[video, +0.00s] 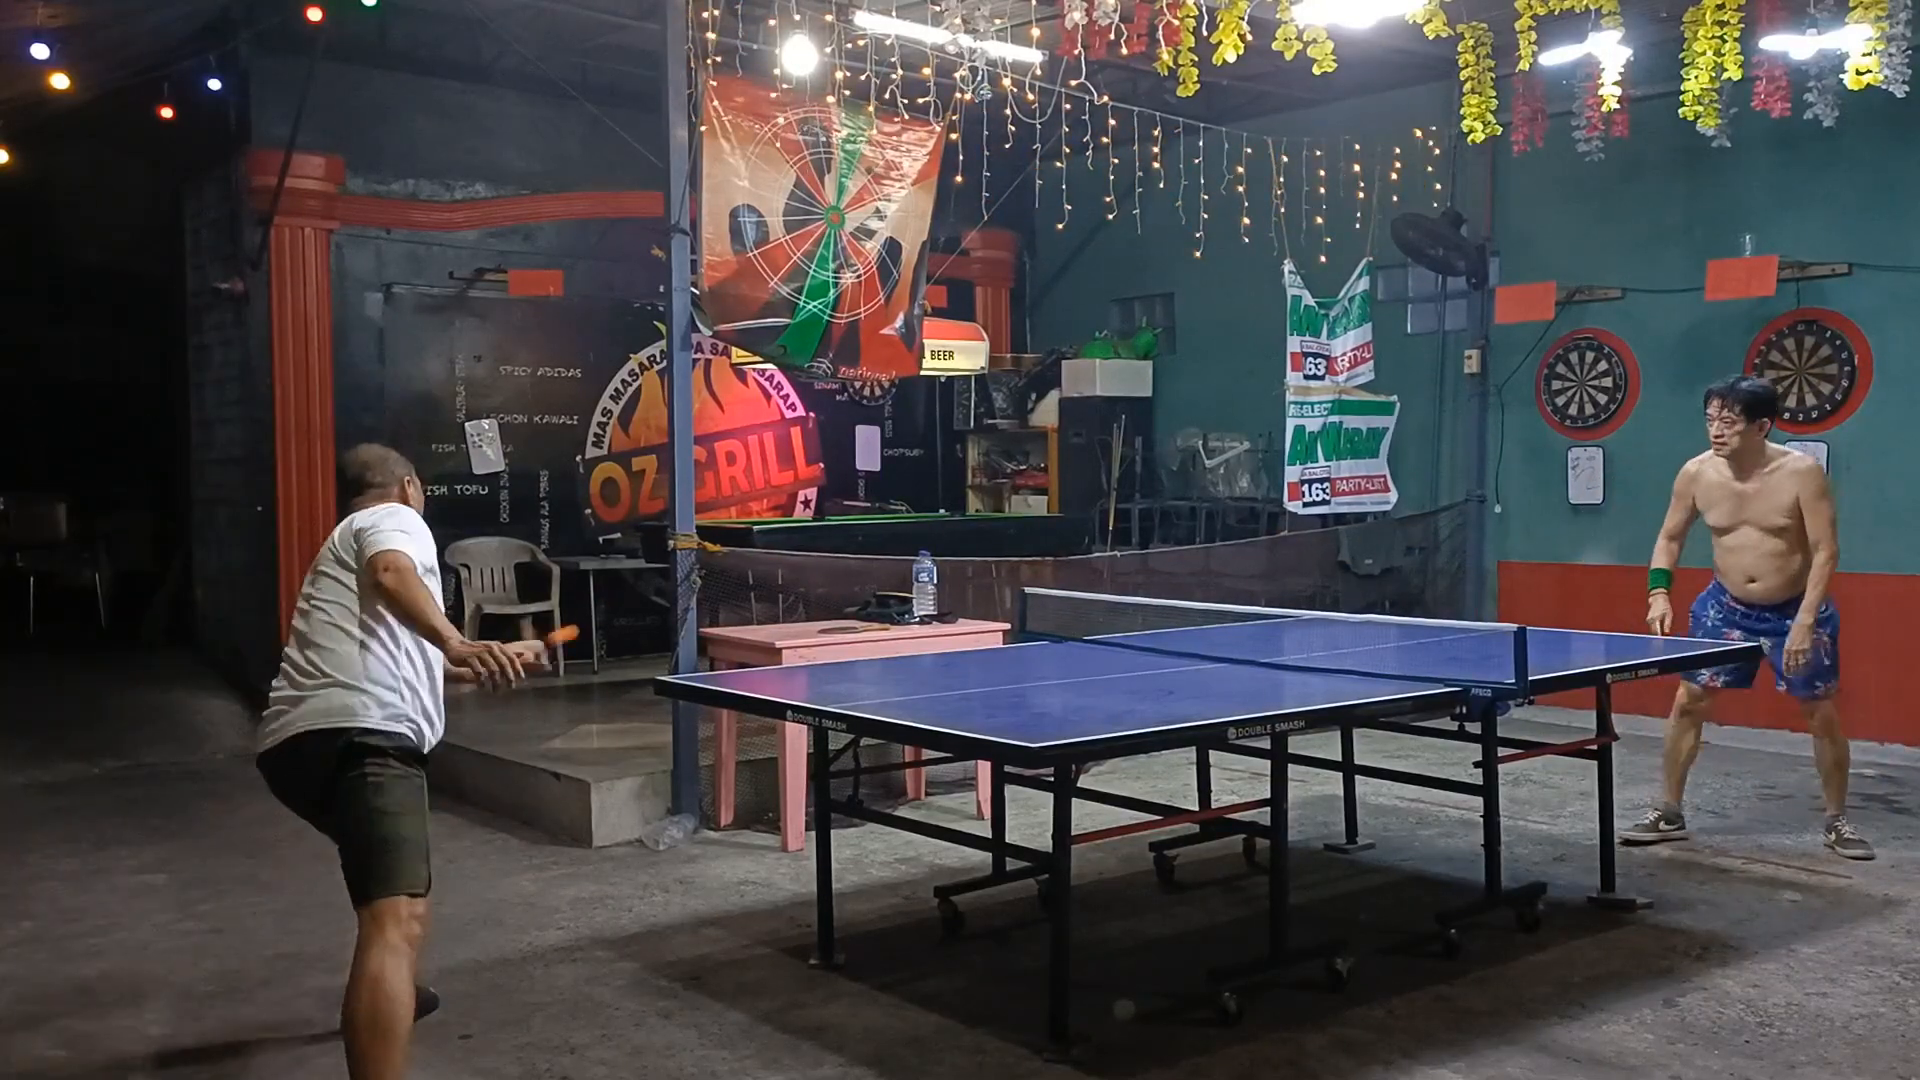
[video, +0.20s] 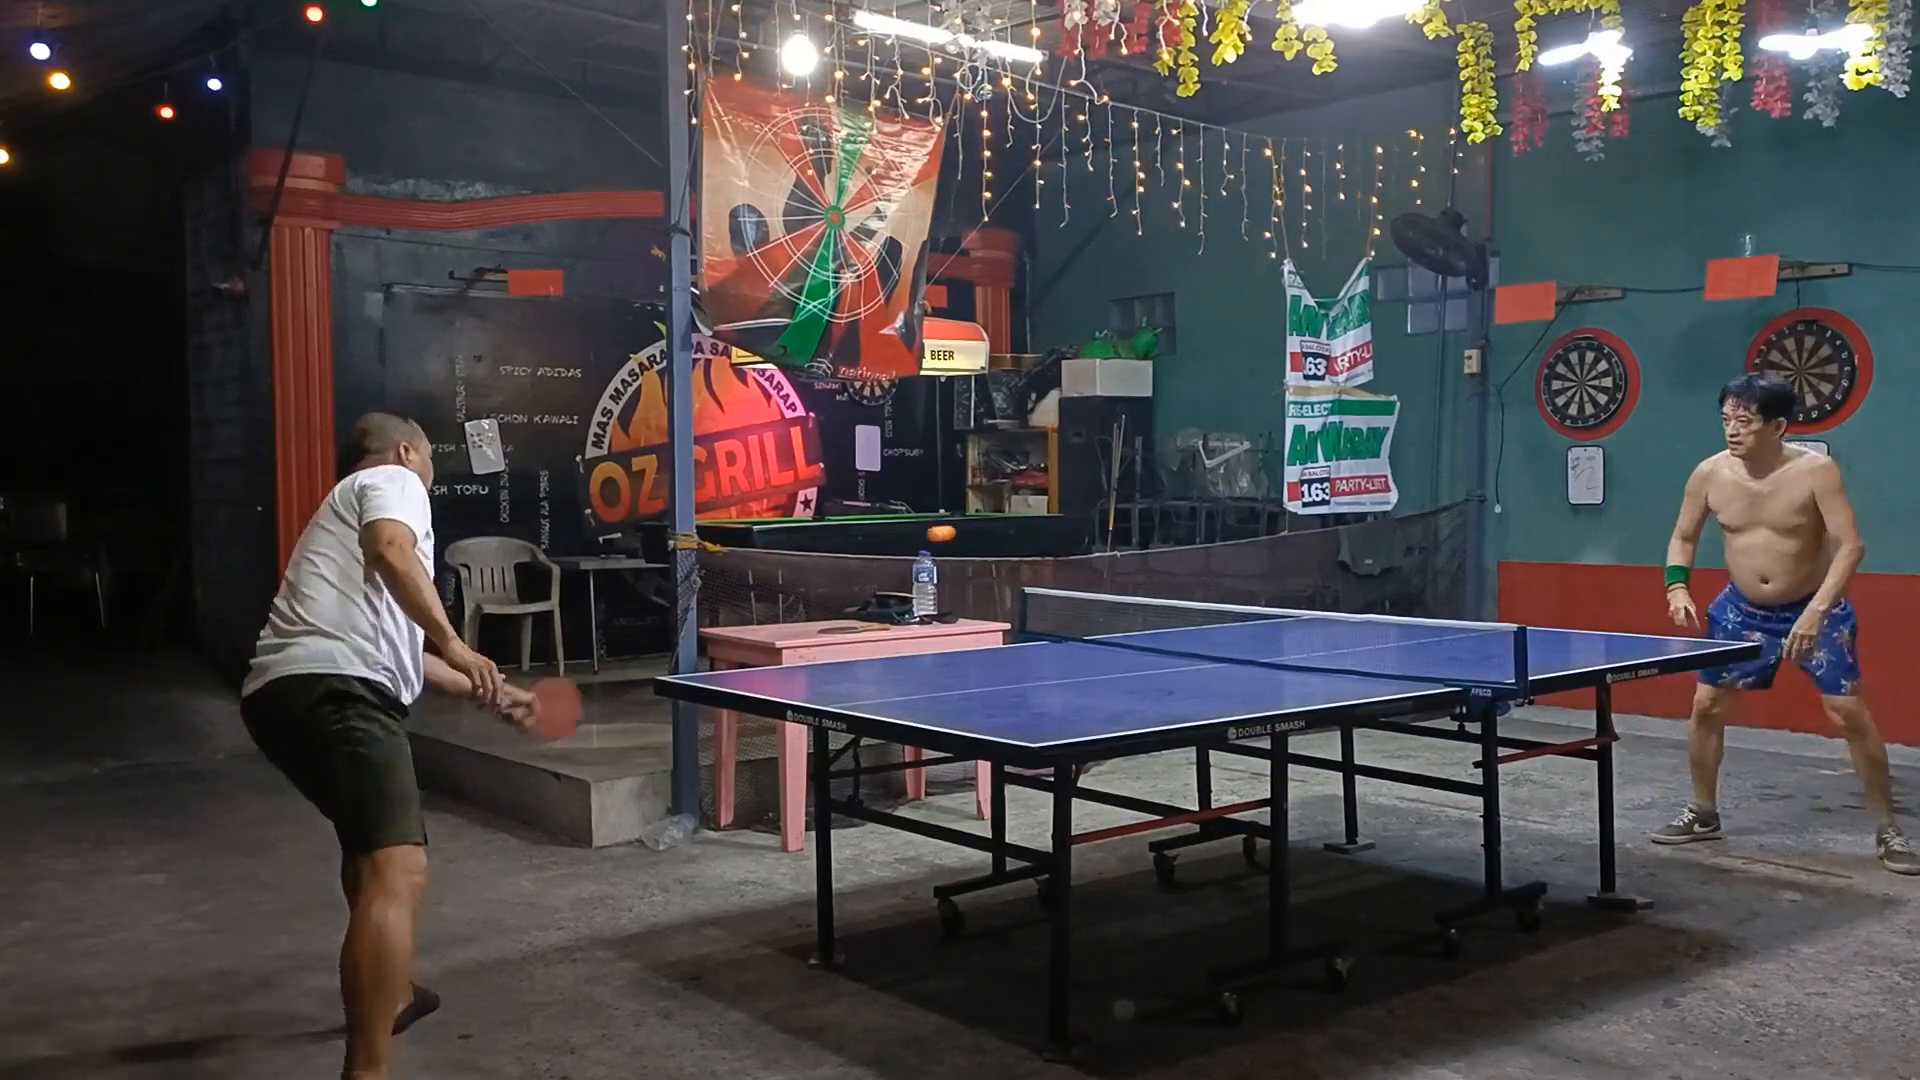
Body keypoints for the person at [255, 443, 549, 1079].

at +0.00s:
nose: (424, 501)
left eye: (420, 492)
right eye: (422, 491)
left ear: (355, 498)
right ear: (409, 487)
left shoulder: (339, 551)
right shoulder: (392, 516)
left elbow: (407, 658)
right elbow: (388, 573)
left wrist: (502, 657)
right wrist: (455, 642)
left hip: (292, 742)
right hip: (363, 733)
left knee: (394, 868)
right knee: (394, 924)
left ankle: (385, 990)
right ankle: (377, 1069)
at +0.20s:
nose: (432, 468)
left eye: (430, 458)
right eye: (429, 457)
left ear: (370, 457)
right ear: (406, 451)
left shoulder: (349, 509)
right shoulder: (393, 478)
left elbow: (398, 649)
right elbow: (389, 552)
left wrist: (488, 691)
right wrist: (450, 639)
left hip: (282, 688)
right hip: (335, 682)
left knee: (372, 843)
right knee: (396, 877)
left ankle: (383, 990)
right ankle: (367, 1067)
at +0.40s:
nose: (419, 451)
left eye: (418, 439)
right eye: (414, 438)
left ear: (347, 438)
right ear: (383, 435)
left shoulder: (290, 509)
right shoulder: (380, 480)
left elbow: (274, 609)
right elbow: (385, 571)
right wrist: (458, 674)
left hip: (257, 701)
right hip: (323, 700)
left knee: (341, 845)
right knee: (400, 882)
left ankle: (286, 998)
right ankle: (308, 1066)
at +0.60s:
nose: (412, 420)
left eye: (410, 405)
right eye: (405, 406)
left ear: (339, 415)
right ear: (368, 411)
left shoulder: (280, 487)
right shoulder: (365, 473)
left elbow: (266, 603)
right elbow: (359, 587)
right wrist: (429, 696)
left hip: (255, 702)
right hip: (316, 708)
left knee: (327, 852)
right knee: (376, 897)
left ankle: (290, 998)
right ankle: (293, 1071)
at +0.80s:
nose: (413, 365)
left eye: (410, 351)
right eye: (403, 351)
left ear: (346, 360)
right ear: (362, 358)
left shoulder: (305, 422)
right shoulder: (337, 418)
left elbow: (285, 559)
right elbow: (313, 543)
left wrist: (355, 668)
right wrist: (379, 654)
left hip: (273, 664)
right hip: (286, 667)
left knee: (356, 847)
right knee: (342, 869)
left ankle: (291, 1015)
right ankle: (287, 1067)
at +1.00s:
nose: (404, 421)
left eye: (402, 407)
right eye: (393, 407)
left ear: (344, 417)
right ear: (345, 415)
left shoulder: (329, 497)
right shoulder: (300, 490)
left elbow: (334, 643)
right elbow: (276, 635)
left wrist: (384, 731)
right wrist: (359, 747)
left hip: (293, 730)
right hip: (247, 735)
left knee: (374, 859)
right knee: (338, 921)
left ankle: (297, 1030)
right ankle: (265, 1065)